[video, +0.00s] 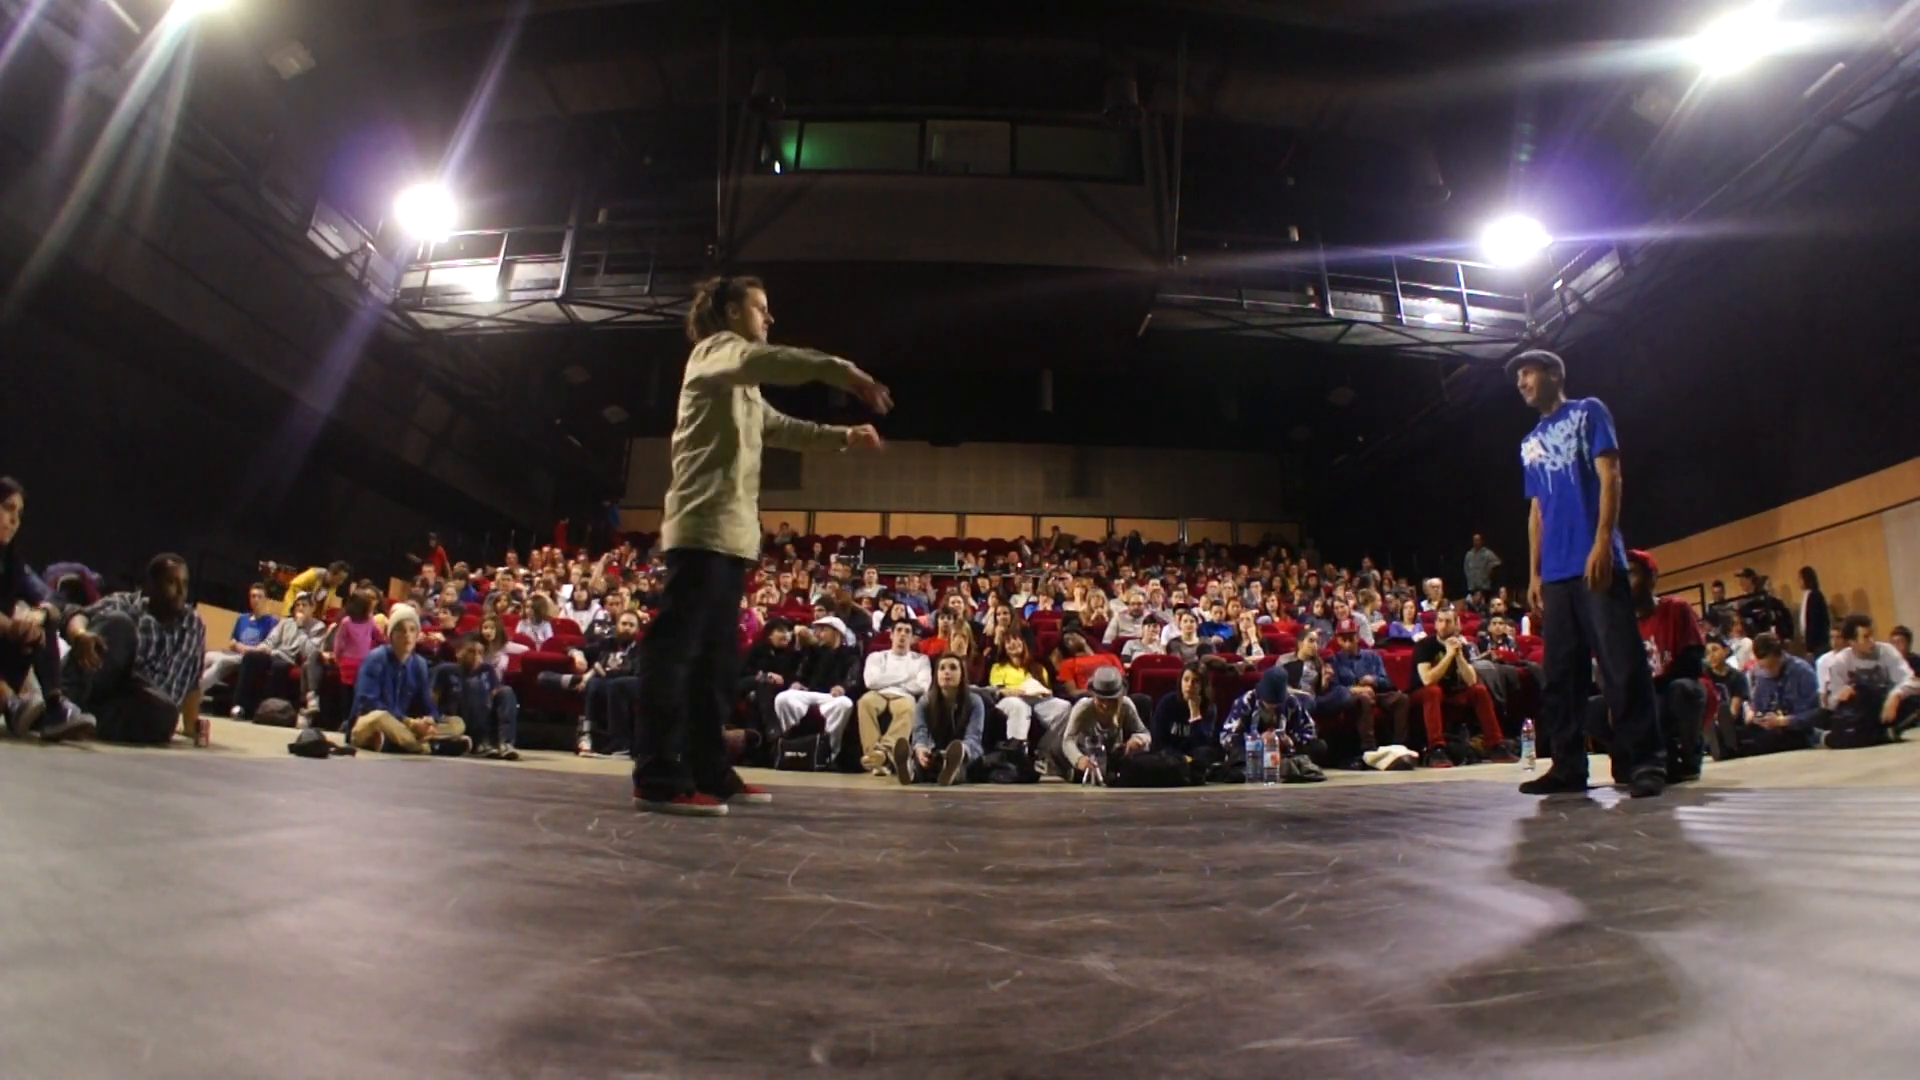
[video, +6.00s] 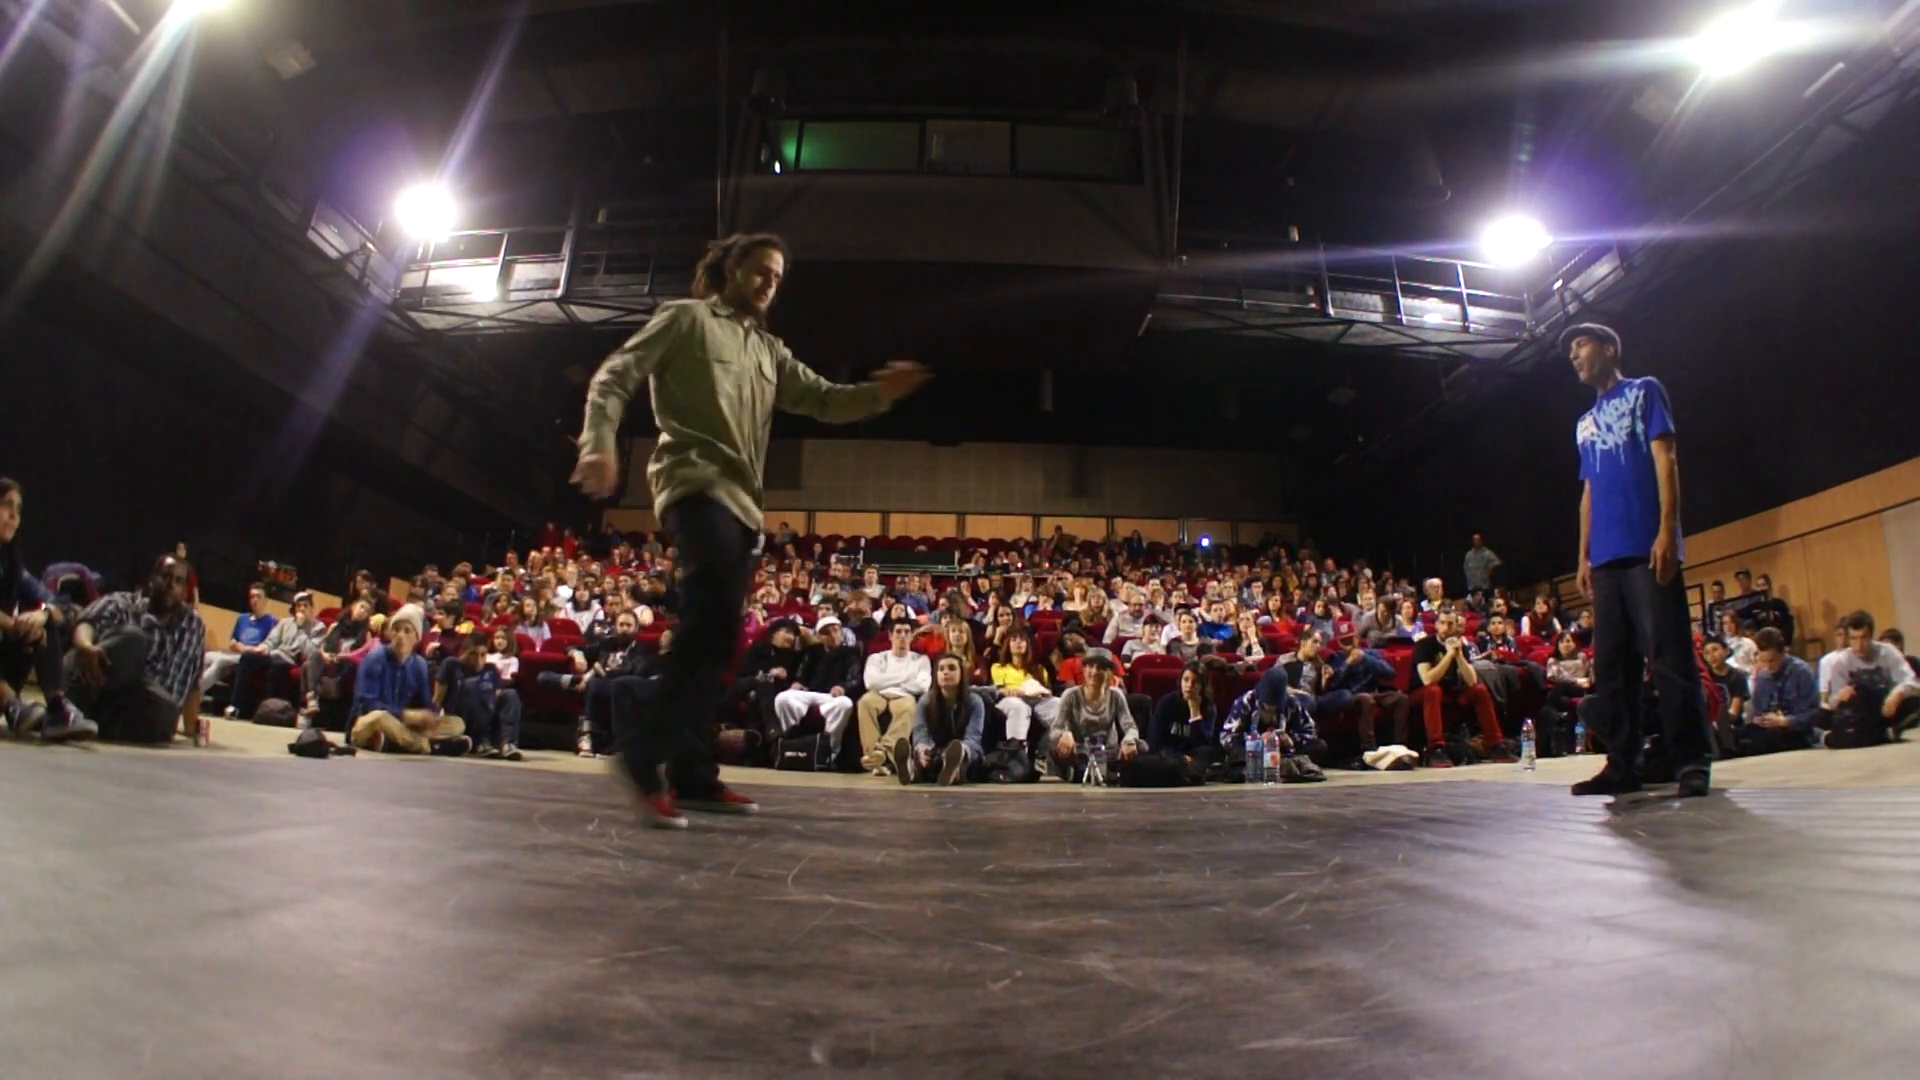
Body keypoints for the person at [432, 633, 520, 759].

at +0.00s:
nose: (475, 657)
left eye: (480, 653)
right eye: (471, 652)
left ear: (483, 656)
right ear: (459, 653)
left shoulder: (487, 670)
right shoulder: (444, 670)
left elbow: (495, 690)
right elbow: (434, 696)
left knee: (506, 692)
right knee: (473, 685)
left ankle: (506, 743)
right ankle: (481, 742)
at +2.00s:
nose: (478, 660)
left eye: (483, 655)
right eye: (474, 654)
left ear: (488, 655)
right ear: (464, 652)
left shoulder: (492, 669)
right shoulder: (450, 665)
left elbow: (498, 695)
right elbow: (438, 698)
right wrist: (430, 722)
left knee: (509, 694)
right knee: (471, 689)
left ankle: (507, 743)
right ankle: (482, 742)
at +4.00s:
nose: (478, 658)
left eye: (483, 654)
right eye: (473, 653)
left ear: (487, 655)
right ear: (464, 654)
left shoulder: (490, 669)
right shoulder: (451, 665)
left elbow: (498, 693)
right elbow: (438, 697)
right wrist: (431, 720)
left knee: (510, 694)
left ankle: (508, 743)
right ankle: (483, 742)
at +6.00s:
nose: (479, 660)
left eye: (482, 655)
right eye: (474, 654)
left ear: (486, 654)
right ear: (465, 654)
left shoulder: (491, 670)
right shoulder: (451, 665)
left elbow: (495, 697)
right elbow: (438, 698)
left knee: (510, 695)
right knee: (471, 690)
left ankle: (508, 743)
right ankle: (483, 741)